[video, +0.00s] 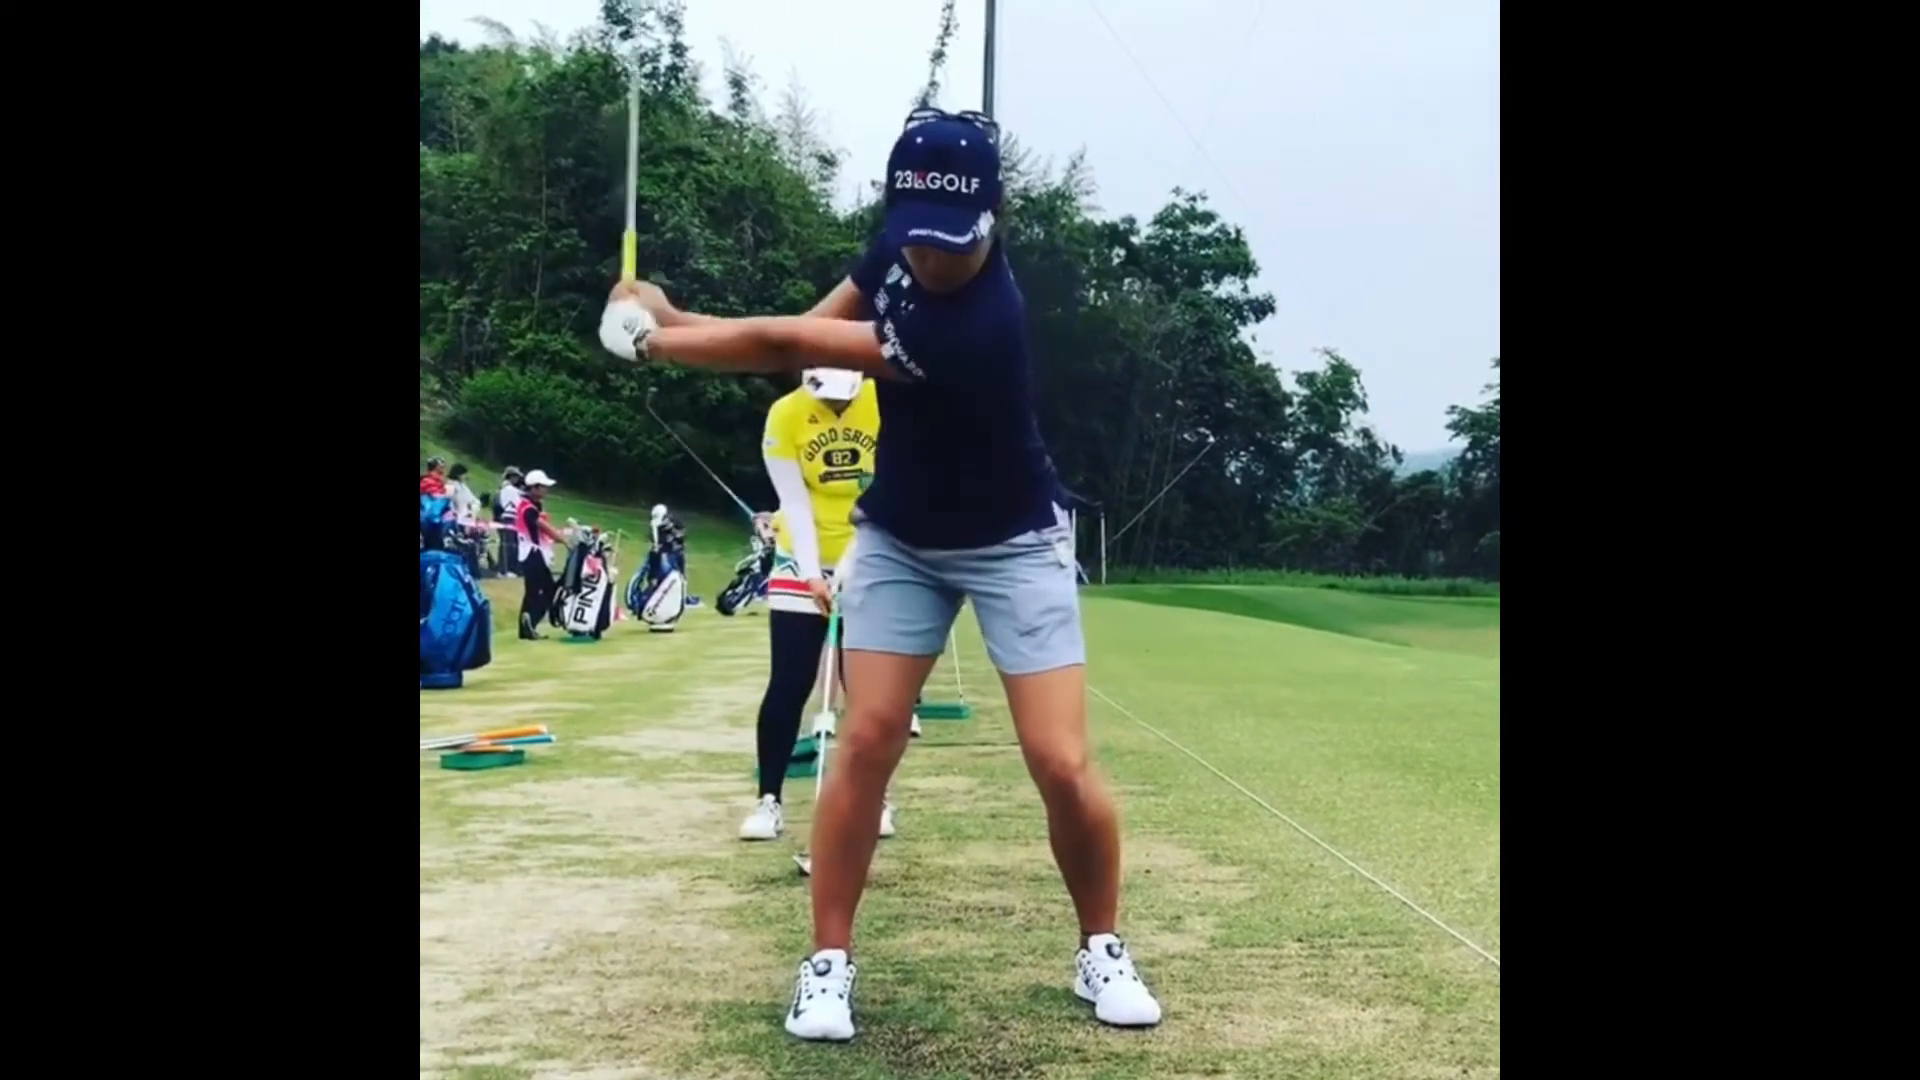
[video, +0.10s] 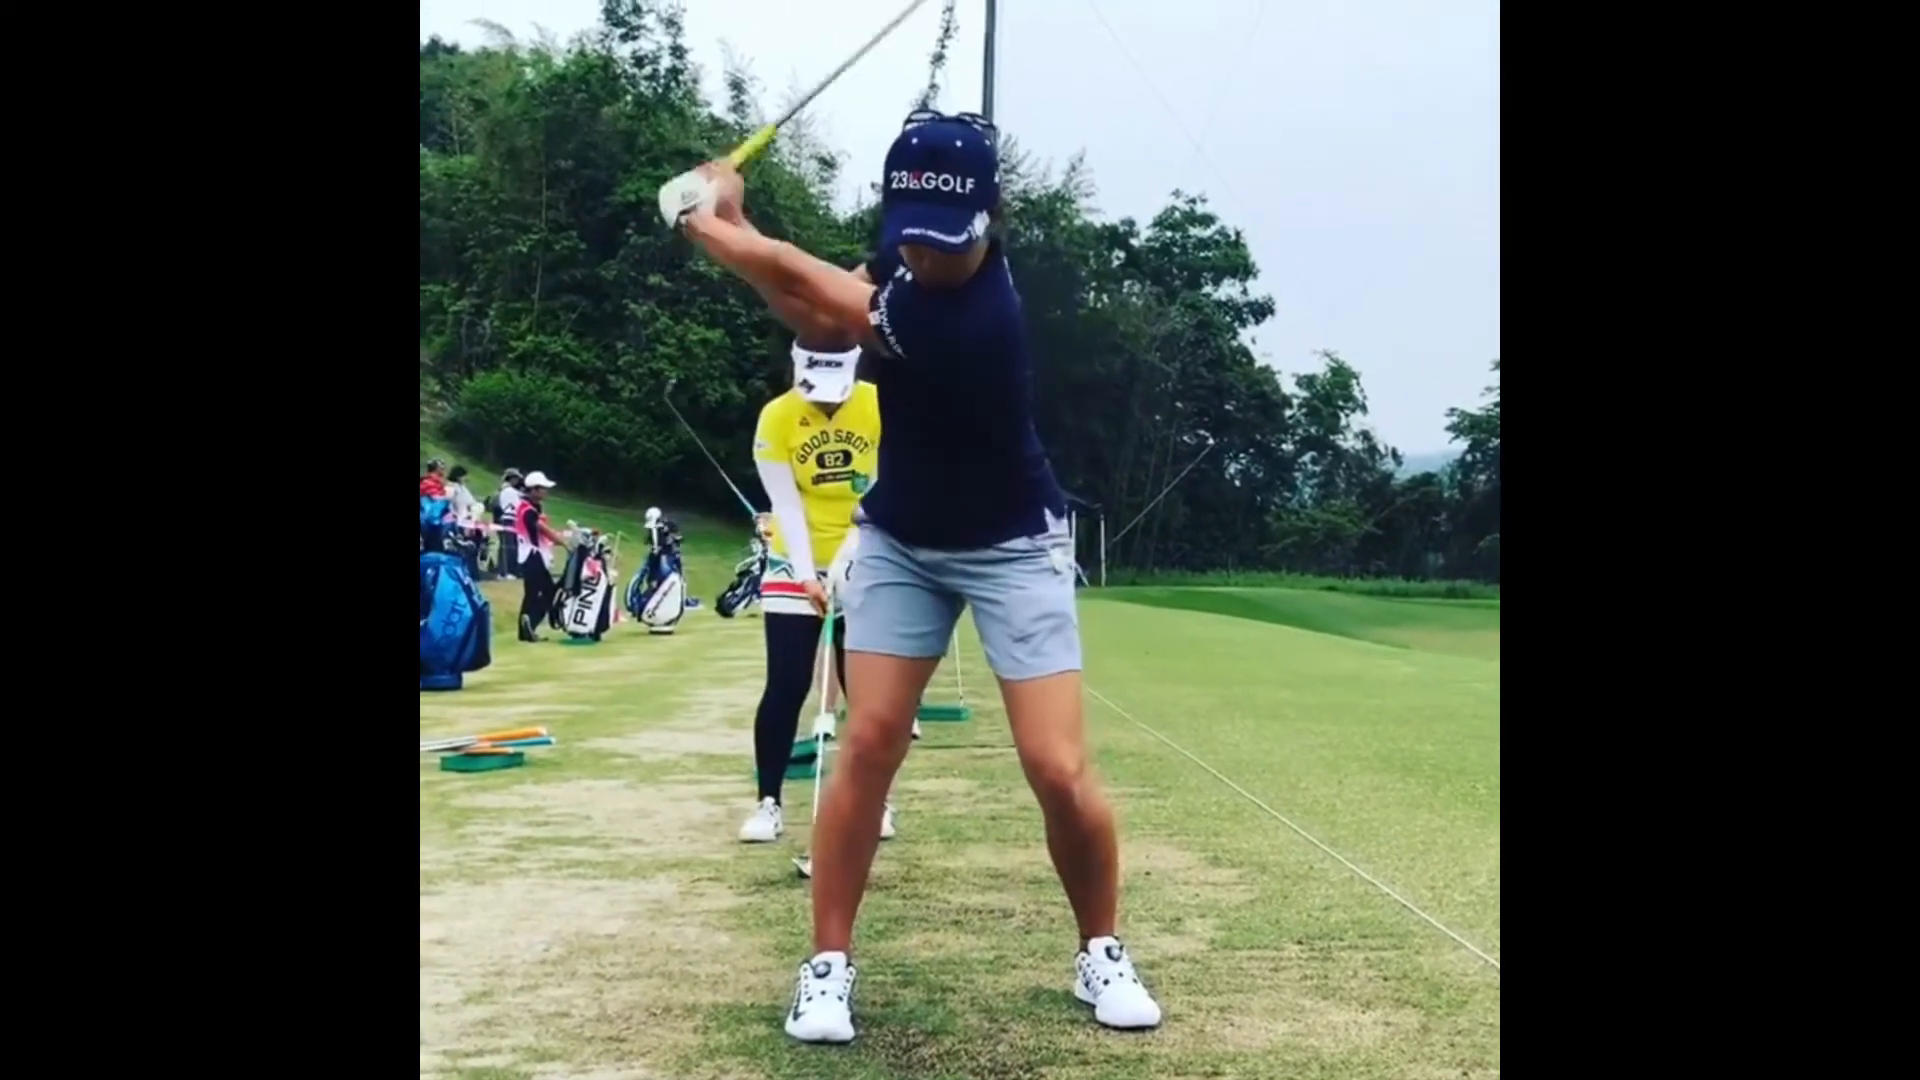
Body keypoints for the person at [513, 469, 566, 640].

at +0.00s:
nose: (545, 491)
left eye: (546, 488)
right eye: (542, 488)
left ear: (535, 490)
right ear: (533, 489)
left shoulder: (529, 506)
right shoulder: (529, 510)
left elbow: (544, 528)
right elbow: (547, 530)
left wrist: (561, 535)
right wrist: (564, 540)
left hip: (532, 551)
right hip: (533, 553)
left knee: (532, 590)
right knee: (549, 587)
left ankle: (526, 627)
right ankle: (531, 619)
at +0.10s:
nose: (545, 493)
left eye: (545, 489)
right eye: (542, 489)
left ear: (534, 491)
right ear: (533, 490)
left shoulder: (526, 507)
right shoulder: (529, 511)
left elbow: (544, 530)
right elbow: (546, 531)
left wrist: (561, 536)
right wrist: (564, 541)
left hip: (529, 553)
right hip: (532, 554)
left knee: (531, 592)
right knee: (549, 589)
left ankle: (525, 629)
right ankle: (531, 621)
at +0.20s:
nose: (543, 494)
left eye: (543, 490)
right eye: (540, 490)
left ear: (532, 492)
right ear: (531, 491)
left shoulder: (527, 509)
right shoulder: (526, 513)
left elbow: (542, 531)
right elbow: (544, 533)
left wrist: (560, 537)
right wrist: (562, 544)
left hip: (528, 553)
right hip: (529, 555)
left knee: (529, 593)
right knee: (547, 590)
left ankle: (523, 631)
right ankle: (528, 622)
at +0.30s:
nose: (541, 495)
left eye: (541, 492)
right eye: (538, 491)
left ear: (530, 494)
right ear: (529, 493)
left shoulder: (525, 510)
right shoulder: (523, 514)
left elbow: (540, 533)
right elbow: (540, 534)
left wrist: (557, 540)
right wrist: (559, 545)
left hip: (526, 555)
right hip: (526, 556)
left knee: (526, 594)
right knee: (544, 591)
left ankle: (520, 633)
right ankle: (525, 624)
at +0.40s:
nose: (537, 496)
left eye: (536, 492)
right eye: (534, 492)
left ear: (525, 494)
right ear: (524, 493)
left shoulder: (520, 511)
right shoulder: (519, 515)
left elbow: (535, 533)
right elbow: (536, 535)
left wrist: (553, 540)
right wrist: (555, 546)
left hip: (520, 556)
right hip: (521, 558)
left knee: (521, 595)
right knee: (539, 592)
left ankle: (515, 634)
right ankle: (521, 624)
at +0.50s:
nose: (532, 497)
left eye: (532, 493)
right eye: (529, 493)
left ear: (520, 495)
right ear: (520, 495)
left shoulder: (513, 512)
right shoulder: (514, 516)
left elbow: (530, 534)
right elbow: (531, 536)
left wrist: (548, 541)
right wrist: (550, 547)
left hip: (514, 556)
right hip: (517, 559)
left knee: (516, 596)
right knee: (534, 593)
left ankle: (509, 635)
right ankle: (516, 625)